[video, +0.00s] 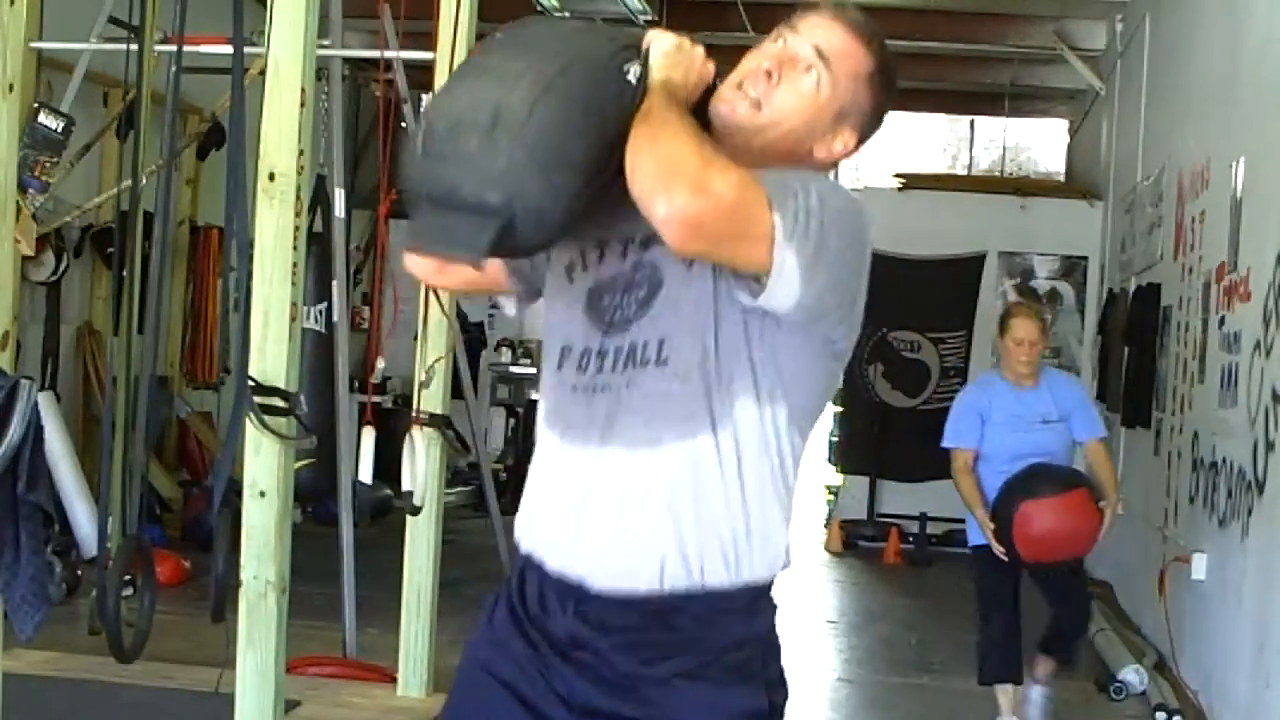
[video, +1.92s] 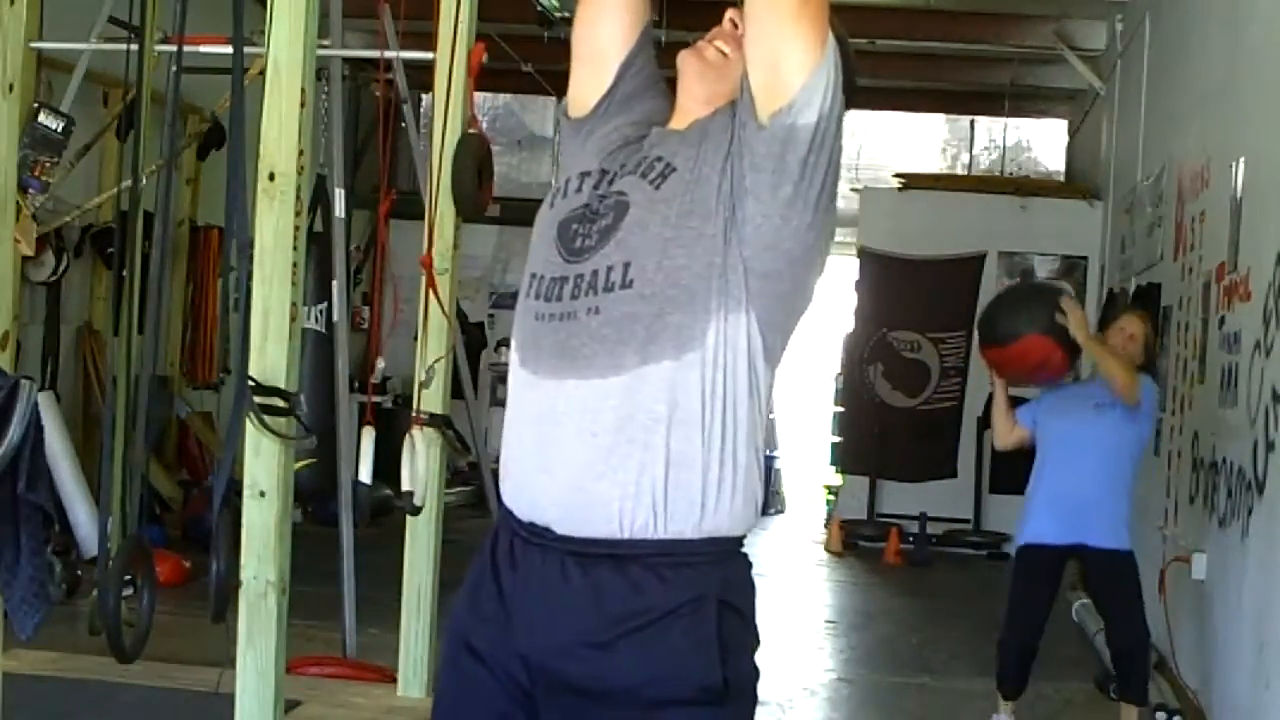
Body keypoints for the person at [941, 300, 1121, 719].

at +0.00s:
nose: (1027, 351)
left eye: (1034, 343)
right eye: (1018, 342)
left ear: (1044, 344)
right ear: (1000, 344)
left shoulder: (1068, 389)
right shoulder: (977, 395)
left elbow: (1094, 448)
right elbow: (961, 465)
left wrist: (1111, 495)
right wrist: (981, 515)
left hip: (1052, 526)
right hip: (993, 527)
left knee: (1073, 609)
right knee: (999, 618)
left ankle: (1039, 678)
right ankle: (1006, 710)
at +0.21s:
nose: (1046, 381)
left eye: (1054, 372)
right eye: (1037, 372)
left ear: (1067, 372)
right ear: (1021, 372)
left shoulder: (1089, 415)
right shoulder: (994, 417)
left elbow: (1108, 479)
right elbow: (980, 485)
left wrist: (1120, 535)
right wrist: (992, 544)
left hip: (1074, 529)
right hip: (1011, 533)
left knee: (1100, 614)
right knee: (1004, 616)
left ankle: (1114, 711)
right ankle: (1007, 712)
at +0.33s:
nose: (1059, 438)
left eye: (1067, 428)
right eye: (1050, 429)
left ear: (1080, 428)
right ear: (1036, 427)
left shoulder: (1100, 465)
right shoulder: (1008, 465)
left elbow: (1115, 537)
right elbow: (997, 538)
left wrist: (1124, 601)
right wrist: (998, 611)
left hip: (1087, 569)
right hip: (1025, 569)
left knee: (1126, 622)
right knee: (993, 615)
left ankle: (1127, 713)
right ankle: (1006, 712)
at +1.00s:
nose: (1088, 402)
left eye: (1097, 393)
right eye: (1081, 392)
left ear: (1111, 402)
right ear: (1066, 397)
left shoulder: (1127, 451)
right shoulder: (1037, 442)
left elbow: (1131, 524)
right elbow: (1013, 508)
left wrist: (1111, 556)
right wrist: (1004, 547)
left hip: (1100, 557)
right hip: (1043, 551)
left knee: (1144, 639)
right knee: (1002, 619)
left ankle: (1129, 713)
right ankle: (1007, 713)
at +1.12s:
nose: (1099, 357)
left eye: (1107, 349)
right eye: (1091, 348)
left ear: (1118, 359)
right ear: (1075, 353)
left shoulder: (1133, 410)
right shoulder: (1045, 402)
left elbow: (1140, 479)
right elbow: (1016, 460)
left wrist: (1114, 465)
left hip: (1107, 541)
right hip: (1044, 536)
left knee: (1136, 631)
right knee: (1012, 617)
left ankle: (1130, 713)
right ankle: (1007, 711)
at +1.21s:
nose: (1105, 324)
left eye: (1114, 317)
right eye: (1099, 314)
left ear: (1125, 326)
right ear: (1082, 319)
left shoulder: (1139, 378)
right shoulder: (1055, 370)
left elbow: (1149, 440)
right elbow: (1006, 440)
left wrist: (1113, 396)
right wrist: (991, 402)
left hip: (1112, 516)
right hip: (1048, 513)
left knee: (1130, 615)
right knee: (1022, 609)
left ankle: (1140, 712)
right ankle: (1000, 707)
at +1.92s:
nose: (1126, 340)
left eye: (1137, 338)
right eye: (1121, 331)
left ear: (1145, 354)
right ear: (1103, 337)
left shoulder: (1143, 391)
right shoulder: (1056, 396)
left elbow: (1124, 388)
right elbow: (1004, 437)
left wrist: (1083, 337)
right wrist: (1000, 384)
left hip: (1106, 534)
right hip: (1044, 530)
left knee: (1132, 638)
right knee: (1020, 629)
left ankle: (1131, 713)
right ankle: (1005, 710)